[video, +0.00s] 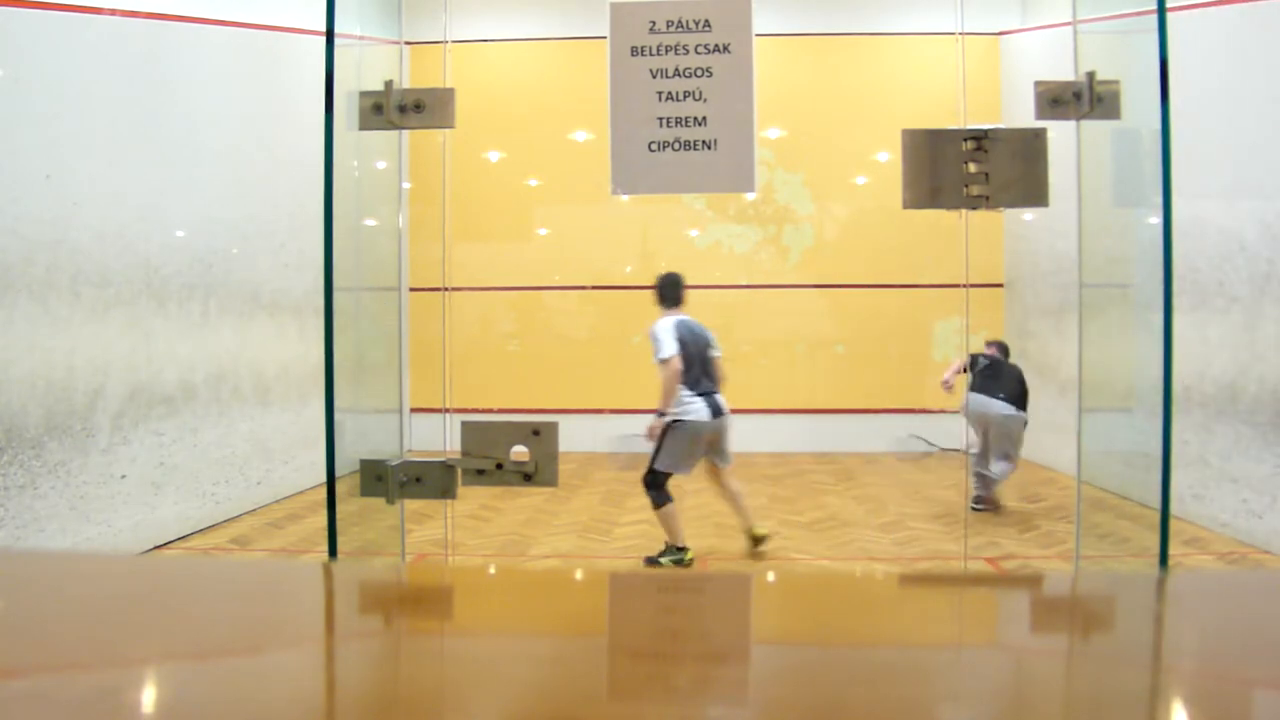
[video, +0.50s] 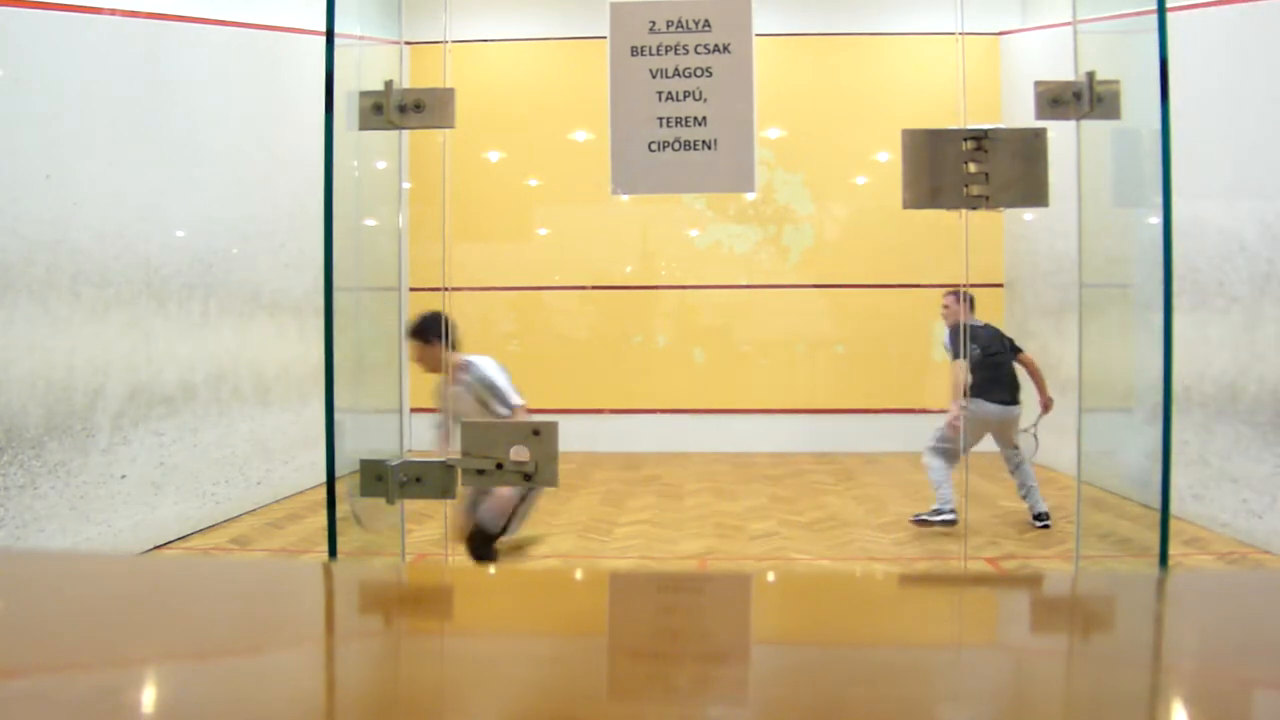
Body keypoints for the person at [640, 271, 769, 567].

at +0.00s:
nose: (660, 299)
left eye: (657, 294)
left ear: (658, 297)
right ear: (683, 297)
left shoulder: (663, 327)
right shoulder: (702, 329)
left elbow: (674, 368)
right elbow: (718, 374)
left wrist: (661, 415)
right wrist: (700, 398)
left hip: (688, 415)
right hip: (717, 412)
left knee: (654, 480)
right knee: (718, 471)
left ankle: (677, 547)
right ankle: (752, 530)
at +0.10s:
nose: (620, 306)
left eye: (620, 301)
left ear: (623, 304)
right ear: (646, 302)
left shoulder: (636, 332)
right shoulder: (660, 330)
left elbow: (649, 376)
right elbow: (674, 377)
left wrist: (634, 423)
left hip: (669, 420)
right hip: (694, 419)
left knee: (625, 480)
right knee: (661, 473)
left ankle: (662, 539)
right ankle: (697, 530)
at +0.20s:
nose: (579, 331)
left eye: (580, 325)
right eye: (580, 324)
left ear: (585, 326)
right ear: (604, 322)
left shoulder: (603, 352)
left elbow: (625, 397)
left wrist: (621, 446)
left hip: (649, 439)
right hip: (667, 436)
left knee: (584, 485)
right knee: (636, 494)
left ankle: (606, 549)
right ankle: (677, 548)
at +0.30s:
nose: (525, 348)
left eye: (526, 341)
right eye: (524, 341)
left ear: (537, 341)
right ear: (547, 338)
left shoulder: (558, 363)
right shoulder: (563, 362)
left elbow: (597, 400)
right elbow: (574, 414)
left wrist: (606, 451)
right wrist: (552, 446)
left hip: (613, 449)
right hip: (627, 445)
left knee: (547, 495)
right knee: (624, 503)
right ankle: (675, 546)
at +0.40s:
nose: (468, 356)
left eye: (470, 348)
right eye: (468, 348)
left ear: (485, 345)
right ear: (485, 345)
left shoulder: (518, 369)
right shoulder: (508, 374)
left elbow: (558, 411)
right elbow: (521, 422)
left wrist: (562, 468)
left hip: (568, 463)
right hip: (556, 461)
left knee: (505, 517)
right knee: (564, 514)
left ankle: (498, 581)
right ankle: (626, 530)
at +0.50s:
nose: (415, 357)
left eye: (419, 347)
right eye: (415, 348)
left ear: (436, 344)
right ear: (435, 345)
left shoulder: (479, 369)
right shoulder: (445, 386)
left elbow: (520, 416)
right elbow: (446, 436)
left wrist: (509, 481)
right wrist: (443, 473)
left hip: (516, 468)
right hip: (486, 468)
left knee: (481, 539)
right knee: (471, 534)